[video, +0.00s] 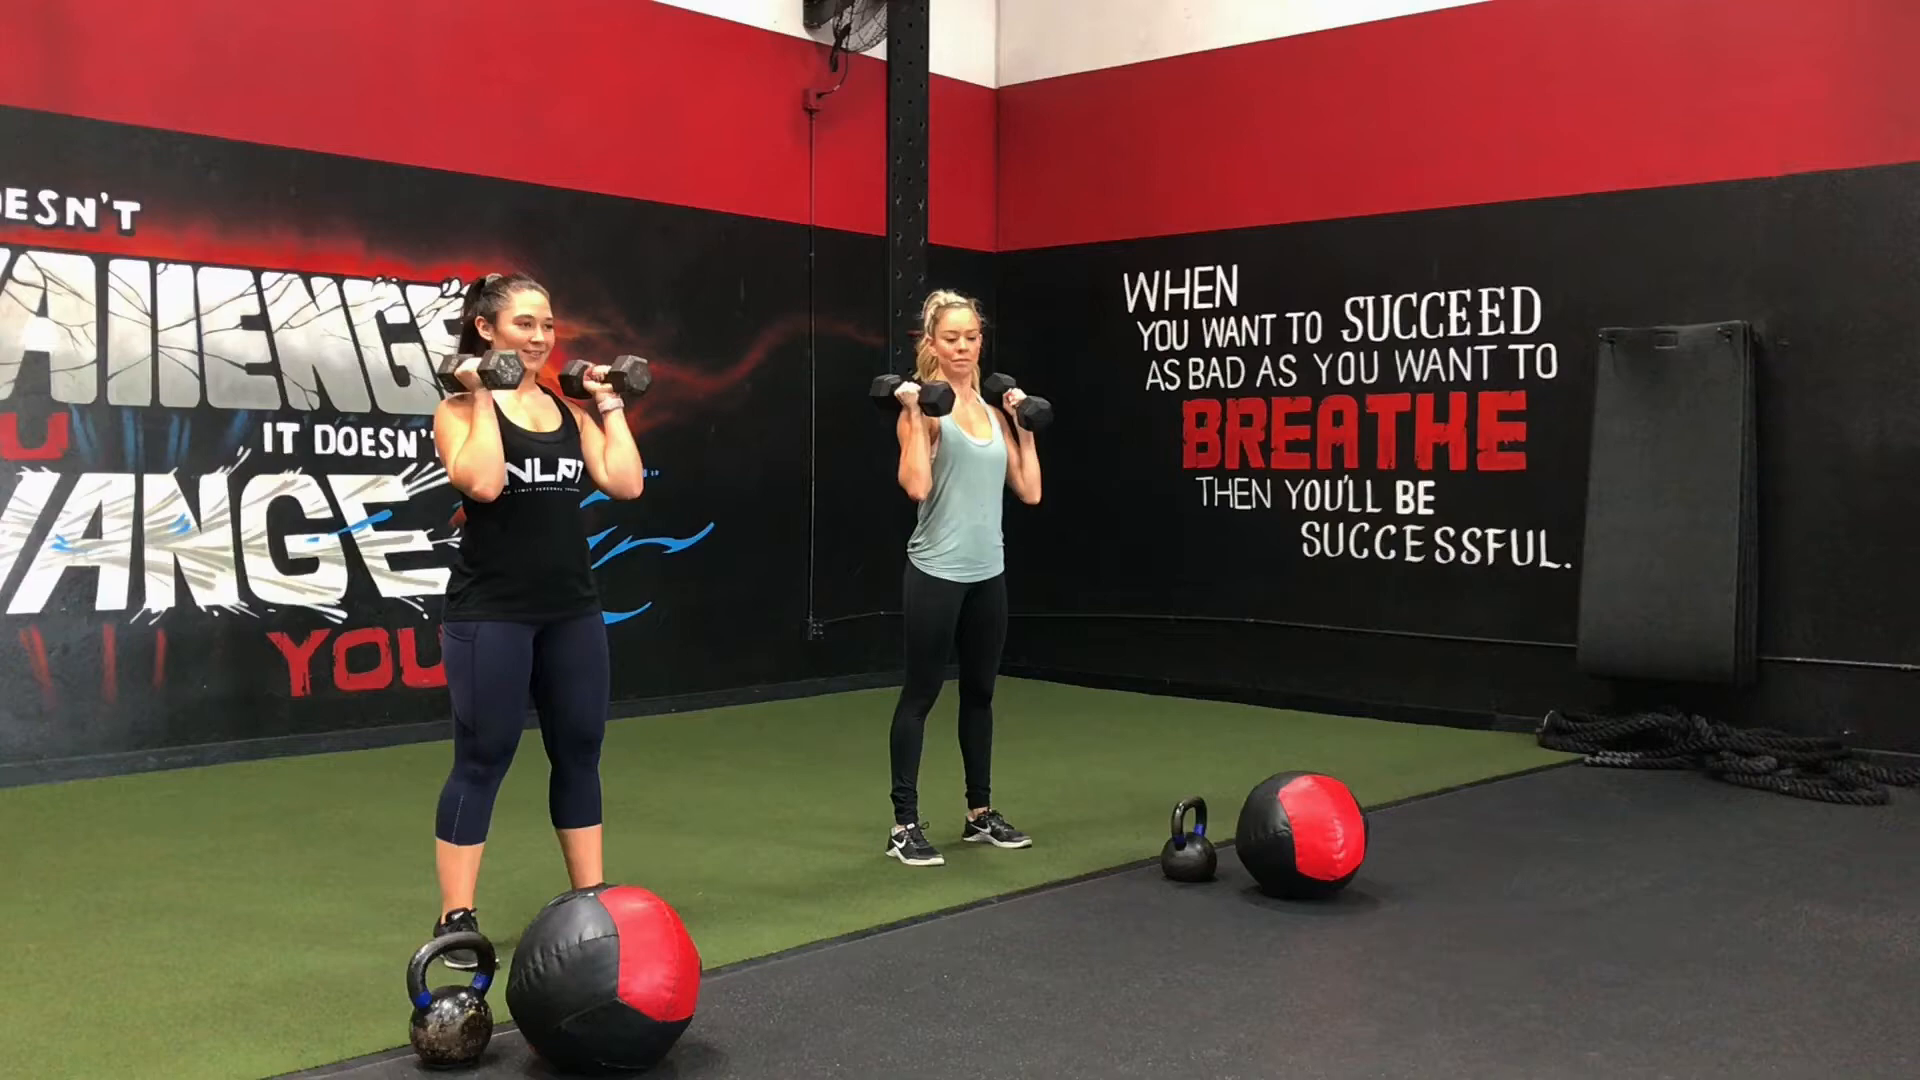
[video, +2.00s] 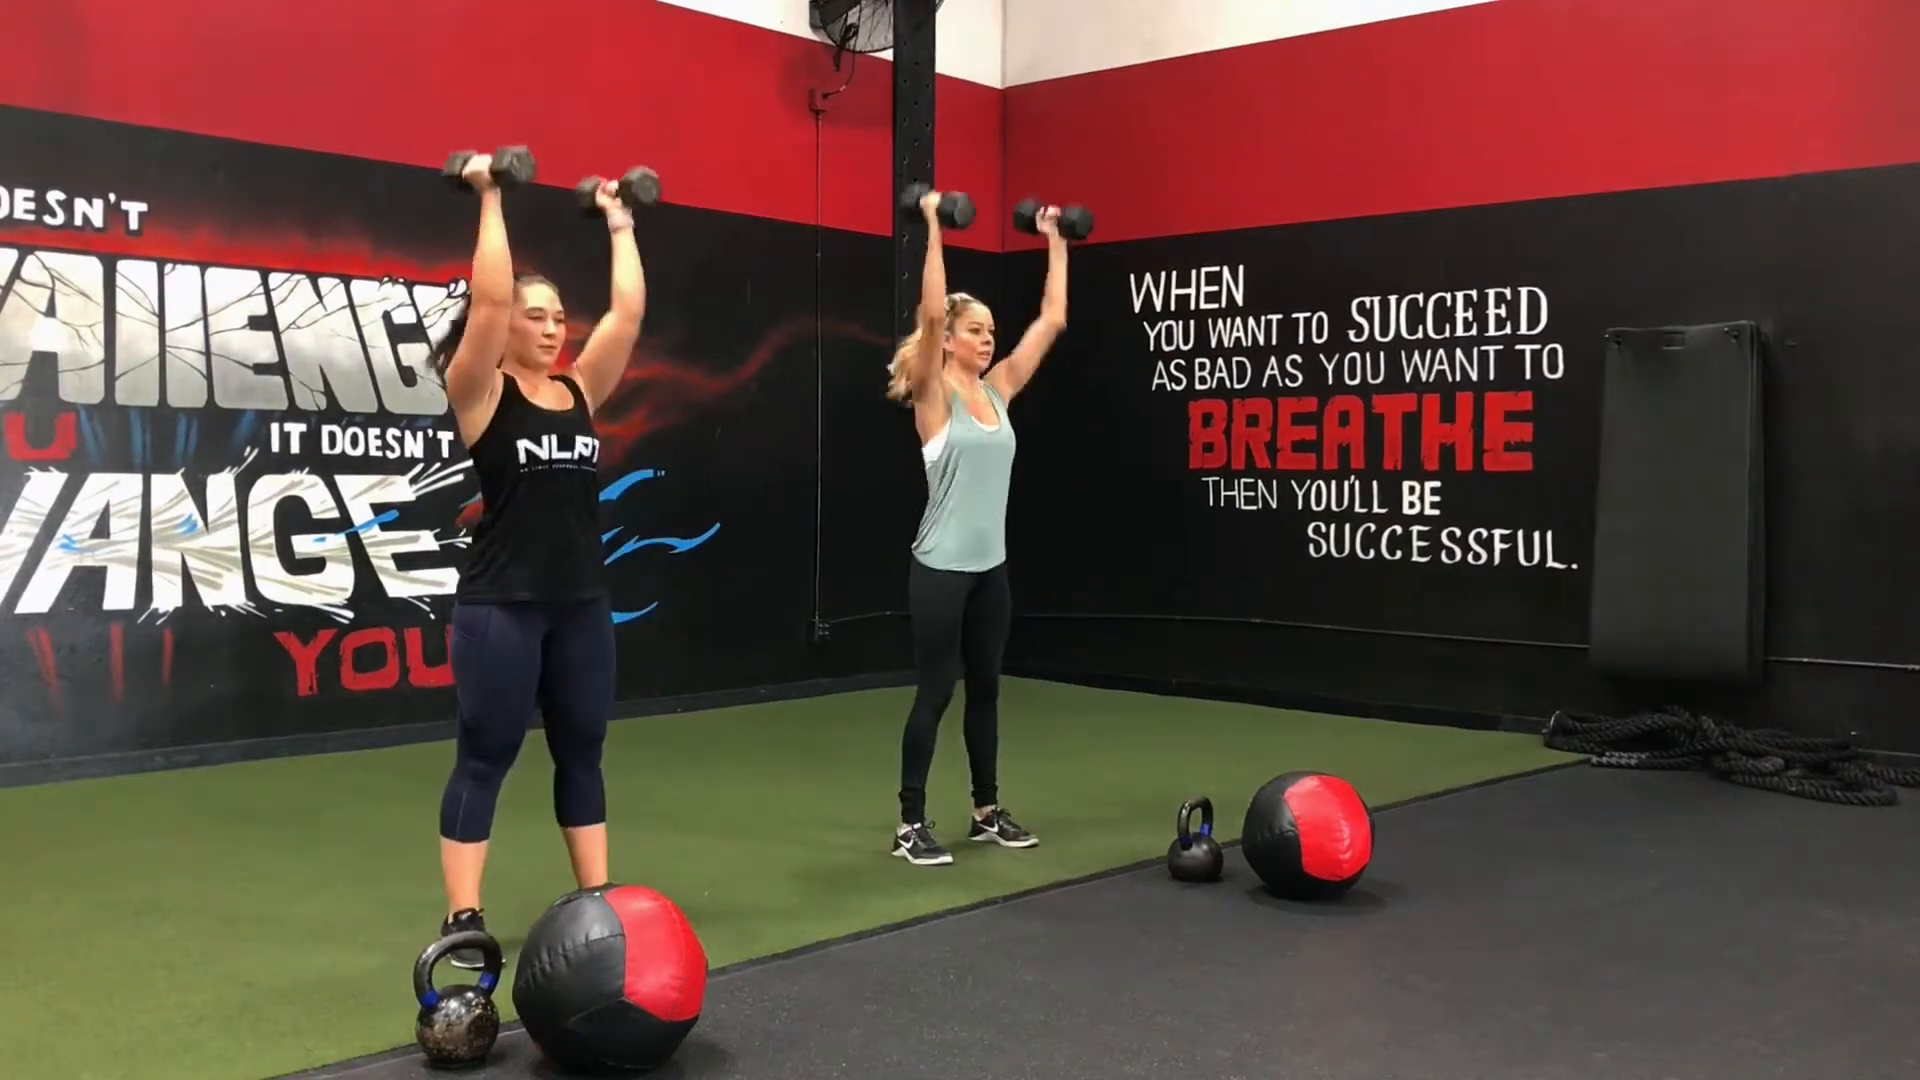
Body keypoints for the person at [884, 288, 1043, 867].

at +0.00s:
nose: (964, 348)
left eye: (972, 338)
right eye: (952, 338)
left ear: (982, 342)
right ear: (930, 343)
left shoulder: (995, 413)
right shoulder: (919, 410)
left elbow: (1030, 493)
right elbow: (916, 486)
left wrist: (1023, 428)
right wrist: (914, 415)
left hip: (987, 572)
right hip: (936, 571)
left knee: (979, 691)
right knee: (920, 692)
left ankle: (979, 815)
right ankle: (906, 824)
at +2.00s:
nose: (988, 338)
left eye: (991, 330)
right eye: (977, 328)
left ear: (992, 342)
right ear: (946, 337)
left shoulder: (996, 388)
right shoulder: (932, 388)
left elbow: (1052, 319)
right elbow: (934, 312)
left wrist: (1056, 241)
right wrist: (933, 226)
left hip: (990, 569)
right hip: (939, 569)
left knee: (984, 689)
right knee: (937, 689)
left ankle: (988, 813)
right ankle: (911, 825)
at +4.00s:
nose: (992, 344)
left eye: (993, 335)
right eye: (980, 334)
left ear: (994, 341)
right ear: (950, 339)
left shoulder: (997, 390)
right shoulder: (940, 395)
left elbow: (1059, 332)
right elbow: (949, 329)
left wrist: (1050, 260)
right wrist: (941, 246)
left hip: (992, 570)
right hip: (938, 569)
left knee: (998, 691)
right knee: (944, 689)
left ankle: (988, 814)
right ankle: (914, 825)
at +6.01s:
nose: (988, 360)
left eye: (991, 351)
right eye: (975, 351)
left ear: (995, 357)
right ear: (948, 359)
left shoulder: (999, 417)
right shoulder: (936, 420)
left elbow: (1074, 418)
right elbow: (942, 403)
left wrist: (1059, 354)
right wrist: (936, 332)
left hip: (976, 583)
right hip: (925, 583)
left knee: (1007, 689)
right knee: (950, 694)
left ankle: (988, 814)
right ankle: (914, 826)